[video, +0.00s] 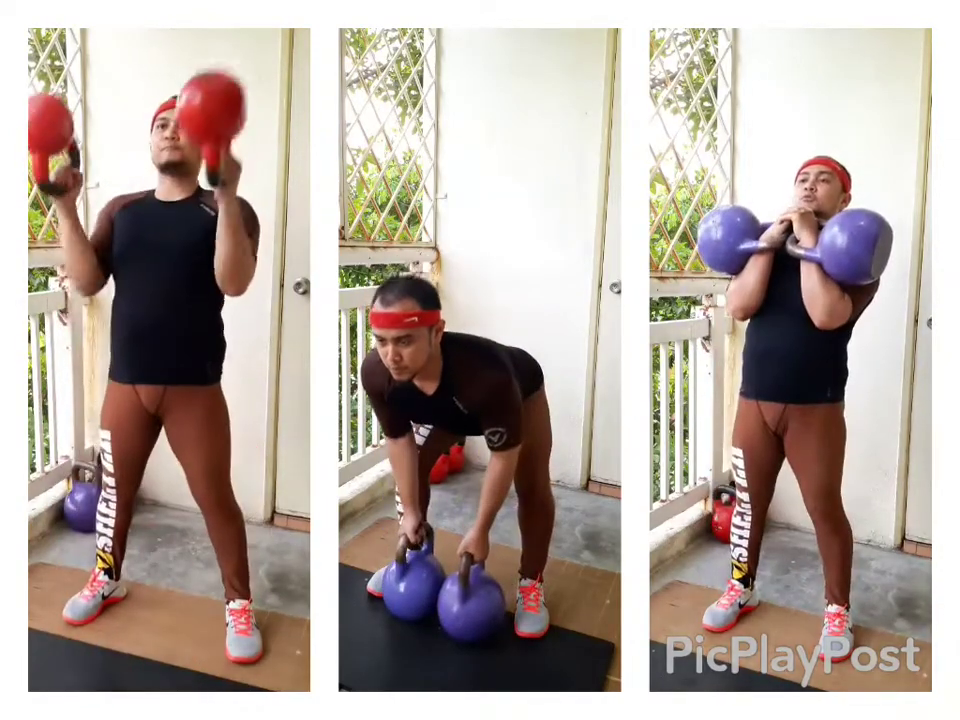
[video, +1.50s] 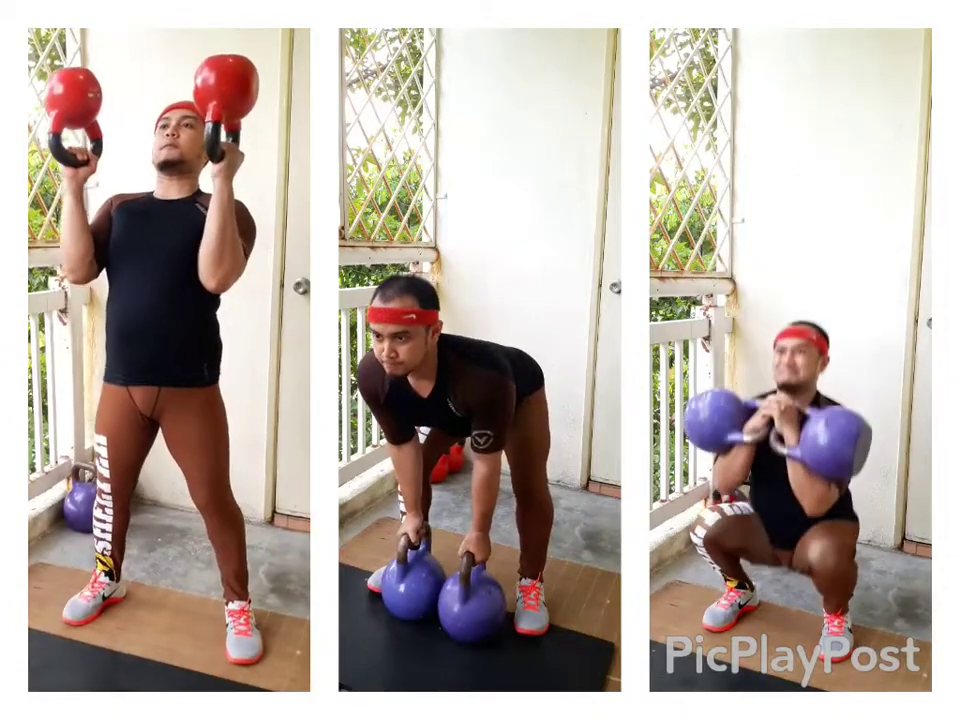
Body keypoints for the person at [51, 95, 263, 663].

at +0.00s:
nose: (169, 129)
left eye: (181, 121)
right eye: (161, 123)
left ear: (204, 143)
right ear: (150, 143)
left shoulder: (229, 212)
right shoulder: (122, 209)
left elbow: (234, 282)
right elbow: (87, 280)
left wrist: (226, 194)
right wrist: (66, 203)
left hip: (194, 385)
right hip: (126, 380)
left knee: (215, 498)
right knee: (116, 488)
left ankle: (239, 603)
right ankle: (106, 576)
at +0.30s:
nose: (176, 134)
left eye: (191, 128)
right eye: (168, 128)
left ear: (210, 150)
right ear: (153, 148)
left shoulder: (226, 215)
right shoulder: (121, 210)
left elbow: (226, 272)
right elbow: (78, 273)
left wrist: (235, 171)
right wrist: (72, 190)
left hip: (191, 390)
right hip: (122, 385)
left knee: (215, 503)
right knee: (115, 492)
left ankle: (239, 604)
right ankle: (105, 577)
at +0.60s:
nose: (180, 135)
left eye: (194, 129)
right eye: (172, 129)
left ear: (216, 150)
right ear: (159, 149)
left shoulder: (233, 217)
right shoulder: (125, 210)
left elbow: (226, 277)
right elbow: (82, 274)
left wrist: (232, 176)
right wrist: (77, 186)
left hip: (194, 392)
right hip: (124, 387)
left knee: (216, 503)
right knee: (115, 492)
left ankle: (238, 605)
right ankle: (106, 576)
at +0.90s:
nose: (178, 133)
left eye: (192, 127)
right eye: (171, 128)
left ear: (216, 148)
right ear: (159, 149)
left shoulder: (234, 217)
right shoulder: (124, 209)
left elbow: (221, 278)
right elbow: (80, 273)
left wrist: (227, 183)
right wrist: (80, 187)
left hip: (193, 392)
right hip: (123, 387)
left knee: (215, 503)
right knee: (115, 492)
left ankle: (238, 604)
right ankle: (106, 576)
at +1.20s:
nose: (178, 134)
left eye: (193, 127)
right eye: (171, 128)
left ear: (217, 148)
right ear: (159, 148)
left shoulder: (235, 215)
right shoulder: (127, 210)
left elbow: (225, 278)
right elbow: (84, 273)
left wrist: (230, 181)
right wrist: (83, 189)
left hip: (197, 391)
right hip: (126, 386)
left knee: (216, 502)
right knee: (116, 492)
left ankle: (238, 604)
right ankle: (106, 576)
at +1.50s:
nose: (170, 133)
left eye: (185, 125)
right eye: (163, 127)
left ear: (208, 145)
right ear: (152, 146)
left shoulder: (228, 212)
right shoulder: (120, 207)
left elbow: (217, 277)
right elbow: (77, 270)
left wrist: (222, 181)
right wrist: (74, 186)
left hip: (190, 387)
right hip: (121, 383)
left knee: (213, 500)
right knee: (112, 490)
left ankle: (238, 604)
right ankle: (106, 577)